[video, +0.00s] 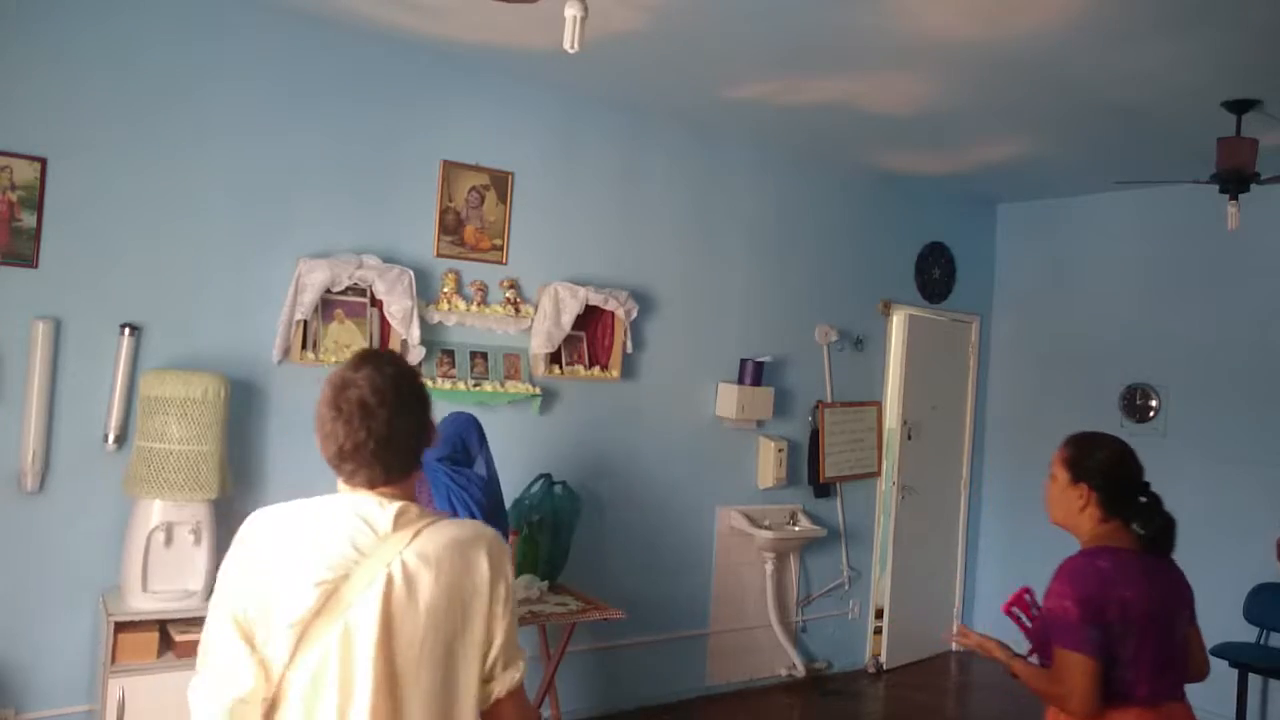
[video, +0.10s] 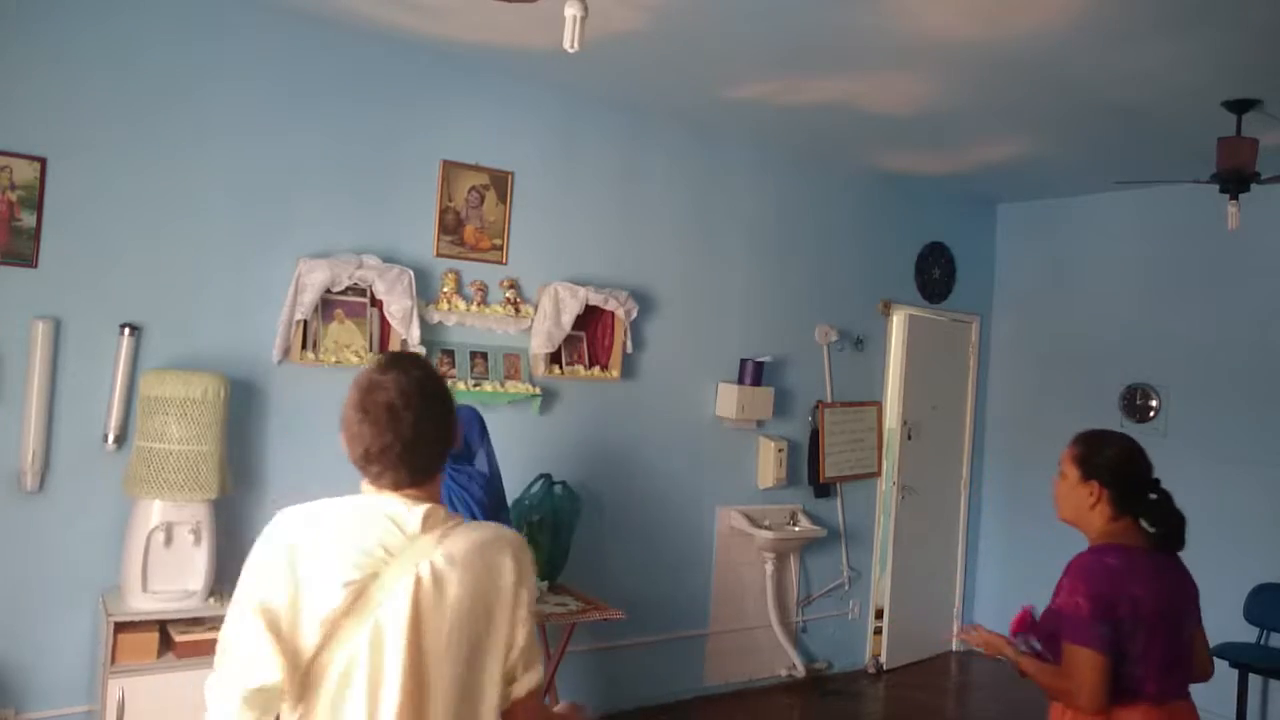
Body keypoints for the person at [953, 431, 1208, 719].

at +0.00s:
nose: (1046, 488)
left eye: (1052, 478)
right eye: (1049, 477)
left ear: (1082, 495)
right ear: (1125, 494)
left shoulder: (1079, 576)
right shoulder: (1164, 568)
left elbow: (1078, 701)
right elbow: (1196, 666)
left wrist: (1007, 658)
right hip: (1176, 711)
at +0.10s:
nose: (1055, 485)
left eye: (1063, 475)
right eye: (1059, 474)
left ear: (1093, 494)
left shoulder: (1089, 572)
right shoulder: (1168, 563)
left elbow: (1087, 697)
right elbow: (1200, 667)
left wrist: (1011, 654)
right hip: (1179, 710)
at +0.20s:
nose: (1062, 483)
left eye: (1070, 474)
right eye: (1066, 472)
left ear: (1101, 492)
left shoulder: (1094, 568)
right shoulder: (1172, 561)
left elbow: (1087, 692)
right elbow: (1201, 667)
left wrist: (1017, 651)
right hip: (1174, 710)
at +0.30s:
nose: (1067, 483)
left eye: (1075, 474)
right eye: (1072, 472)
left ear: (1106, 491)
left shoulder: (1096, 569)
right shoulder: (1175, 563)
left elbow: (1087, 691)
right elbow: (1200, 669)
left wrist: (1017, 650)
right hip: (1171, 710)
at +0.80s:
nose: (1043, 480)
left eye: (1053, 470)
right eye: (1049, 469)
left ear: (1081, 492)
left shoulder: (1071, 571)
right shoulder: (1148, 567)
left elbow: (1063, 692)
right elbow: (1170, 667)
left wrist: (993, 645)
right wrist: (1043, 633)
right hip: (1144, 708)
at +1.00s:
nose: (1017, 475)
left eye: (1025, 469)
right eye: (1022, 467)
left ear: (1052, 491)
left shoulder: (1037, 568)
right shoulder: (1119, 567)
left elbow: (1018, 685)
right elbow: (1137, 665)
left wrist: (961, 636)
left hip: (1031, 710)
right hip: (1103, 707)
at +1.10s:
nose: (1002, 471)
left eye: (1011, 465)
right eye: (1008, 462)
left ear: (1038, 489)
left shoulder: (1020, 565)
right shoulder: (1105, 565)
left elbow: (1001, 680)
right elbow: (1122, 661)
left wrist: (946, 633)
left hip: (1014, 707)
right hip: (1083, 704)